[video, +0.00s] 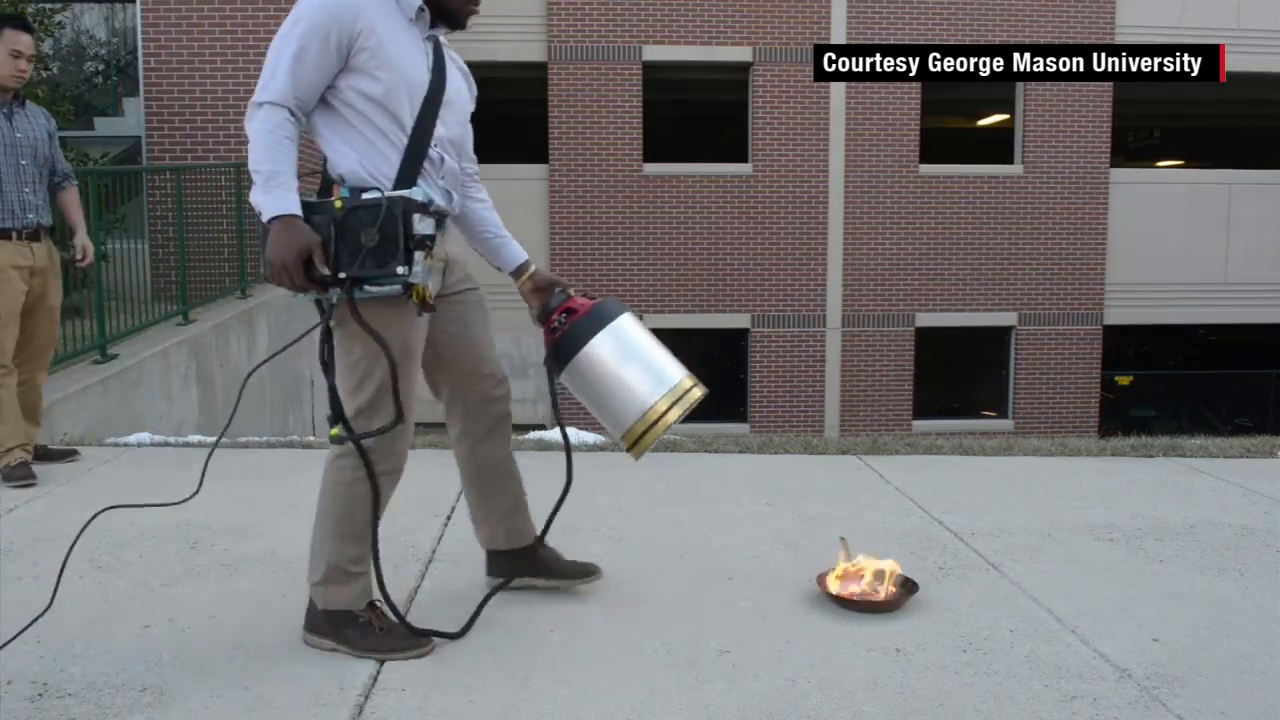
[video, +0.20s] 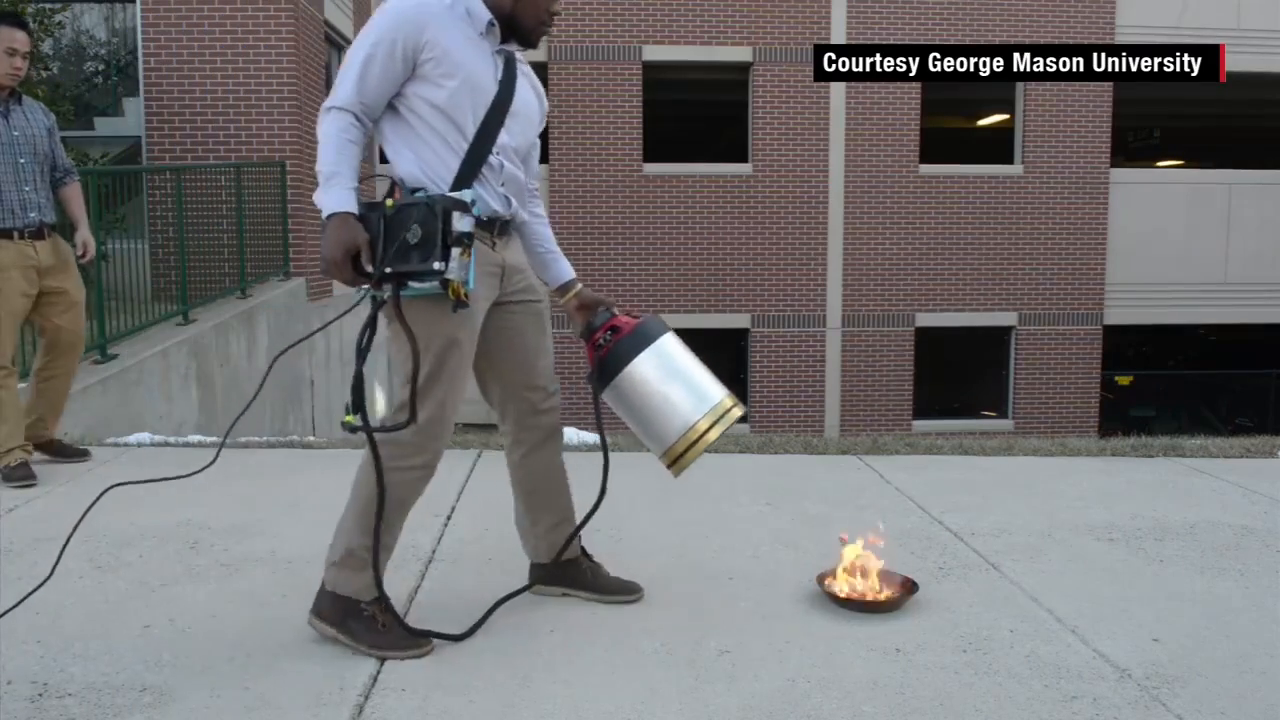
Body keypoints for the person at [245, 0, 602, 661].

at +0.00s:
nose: (477, 0)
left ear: (457, 5)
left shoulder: (457, 74)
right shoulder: (343, 9)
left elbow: (463, 185)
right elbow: (273, 107)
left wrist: (523, 269)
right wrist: (281, 215)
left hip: (443, 249)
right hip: (372, 251)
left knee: (482, 398)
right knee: (372, 434)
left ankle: (512, 548)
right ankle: (337, 605)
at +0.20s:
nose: (555, 14)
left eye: (558, 5)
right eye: (550, 2)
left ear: (523, 4)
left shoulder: (530, 90)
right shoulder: (418, 17)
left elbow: (525, 203)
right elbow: (344, 110)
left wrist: (568, 287)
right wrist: (338, 211)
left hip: (510, 259)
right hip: (436, 255)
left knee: (534, 408)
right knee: (416, 430)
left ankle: (555, 554)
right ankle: (347, 592)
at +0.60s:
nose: (658, 32)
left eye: (664, 20)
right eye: (655, 16)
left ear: (625, 10)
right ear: (617, 2)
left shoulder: (617, 105)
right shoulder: (522, 18)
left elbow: (603, 211)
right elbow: (442, 94)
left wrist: (631, 298)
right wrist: (412, 187)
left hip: (575, 250)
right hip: (499, 235)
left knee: (568, 408)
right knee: (479, 407)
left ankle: (558, 556)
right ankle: (424, 567)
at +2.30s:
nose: (709, 97)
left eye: (718, 88)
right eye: (708, 79)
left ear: (688, 69)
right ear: (672, 51)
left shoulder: (652, 160)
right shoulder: (584, 45)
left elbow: (634, 262)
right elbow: (486, 88)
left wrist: (650, 356)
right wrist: (417, 158)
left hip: (559, 258)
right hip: (485, 232)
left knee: (559, 411)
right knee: (462, 409)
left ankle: (554, 557)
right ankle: (417, 564)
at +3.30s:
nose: (668, 42)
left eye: (678, 33)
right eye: (659, 25)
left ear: (680, 37)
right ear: (623, 14)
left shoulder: (641, 134)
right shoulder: (546, 38)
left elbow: (631, 234)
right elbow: (455, 95)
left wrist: (644, 327)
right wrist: (401, 175)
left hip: (554, 255)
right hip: (479, 237)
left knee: (554, 409)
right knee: (455, 409)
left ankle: (557, 556)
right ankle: (401, 556)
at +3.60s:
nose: (579, 8)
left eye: (584, 2)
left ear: (582, 9)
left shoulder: (583, 95)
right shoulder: (460, 34)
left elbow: (583, 195)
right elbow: (387, 115)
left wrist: (592, 277)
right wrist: (359, 203)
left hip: (532, 253)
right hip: (452, 247)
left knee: (545, 408)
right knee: (431, 411)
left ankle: (556, 554)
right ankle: (385, 559)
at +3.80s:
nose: (497, 1)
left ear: (505, 3)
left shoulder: (513, 77)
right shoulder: (382, 36)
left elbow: (517, 178)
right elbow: (319, 127)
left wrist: (536, 260)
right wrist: (307, 219)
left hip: (490, 250)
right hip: (407, 248)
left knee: (520, 406)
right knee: (397, 414)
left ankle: (552, 553)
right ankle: (383, 562)